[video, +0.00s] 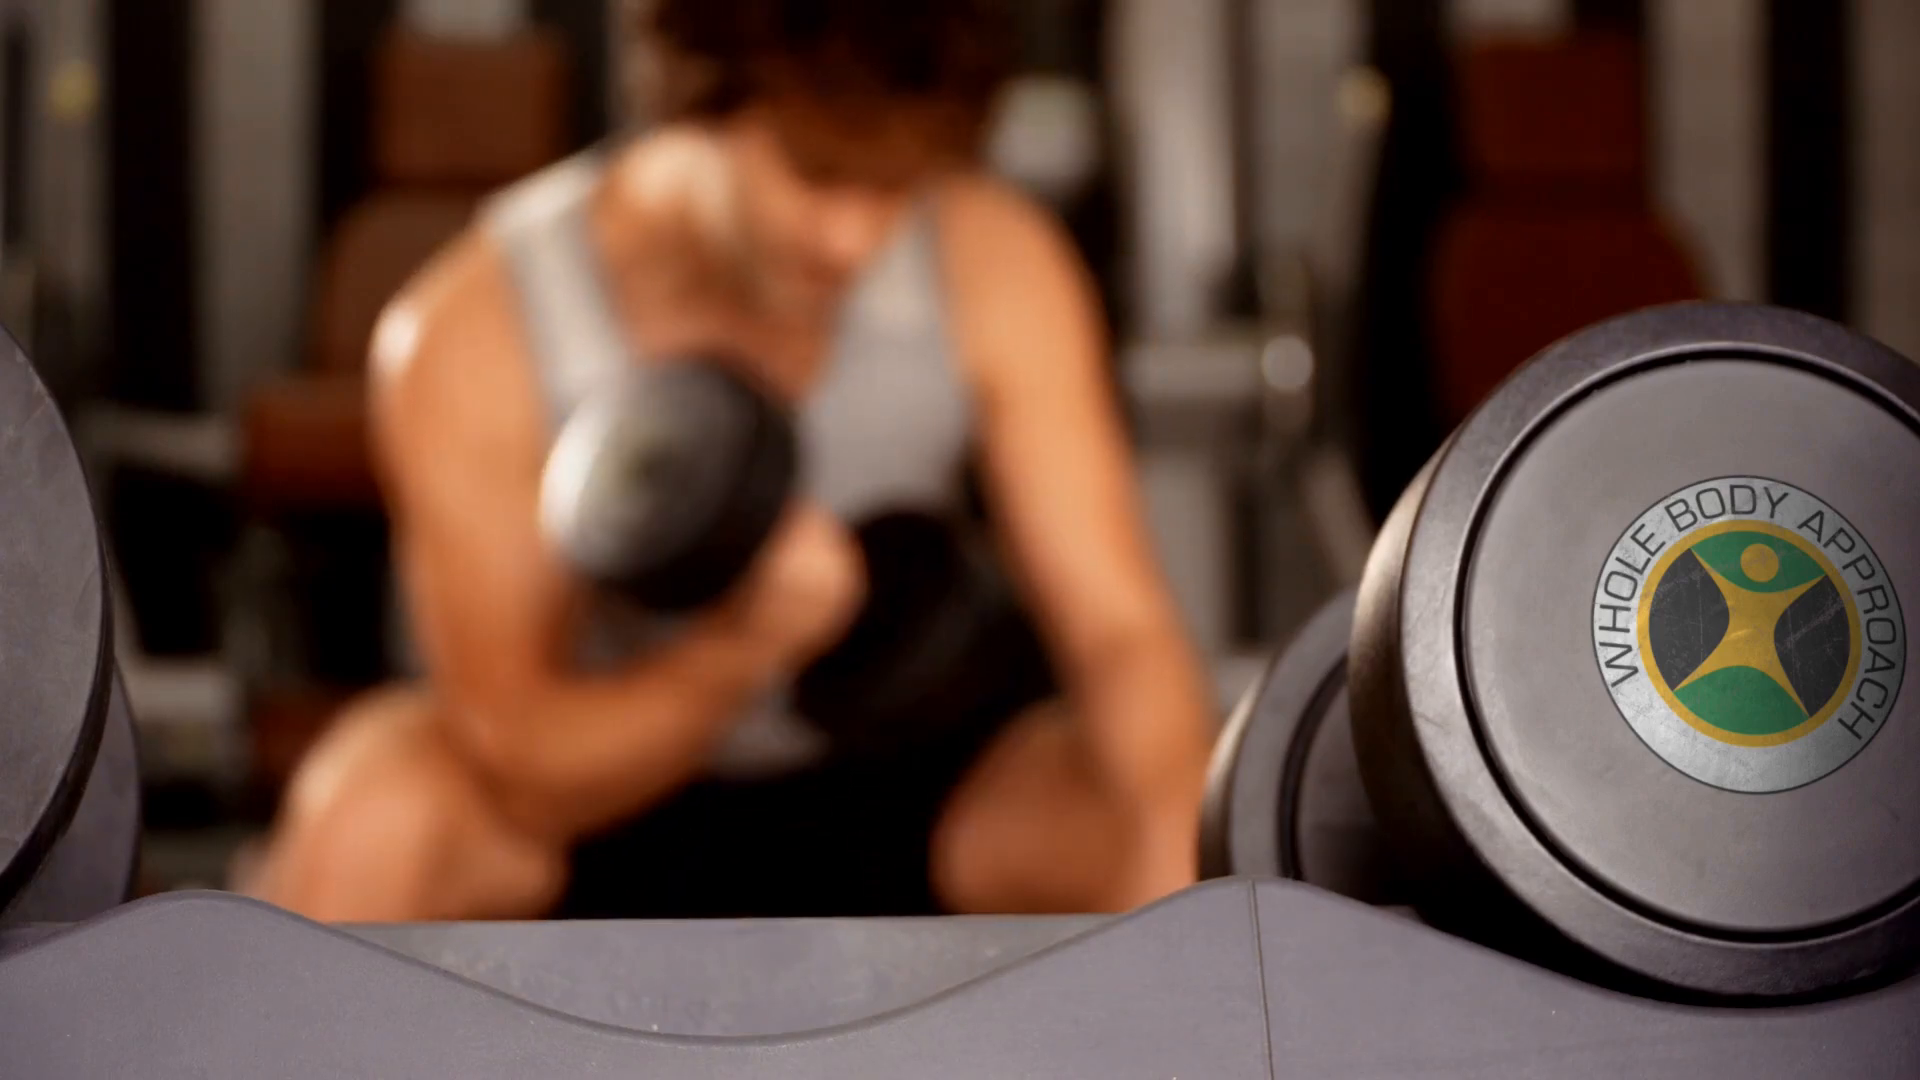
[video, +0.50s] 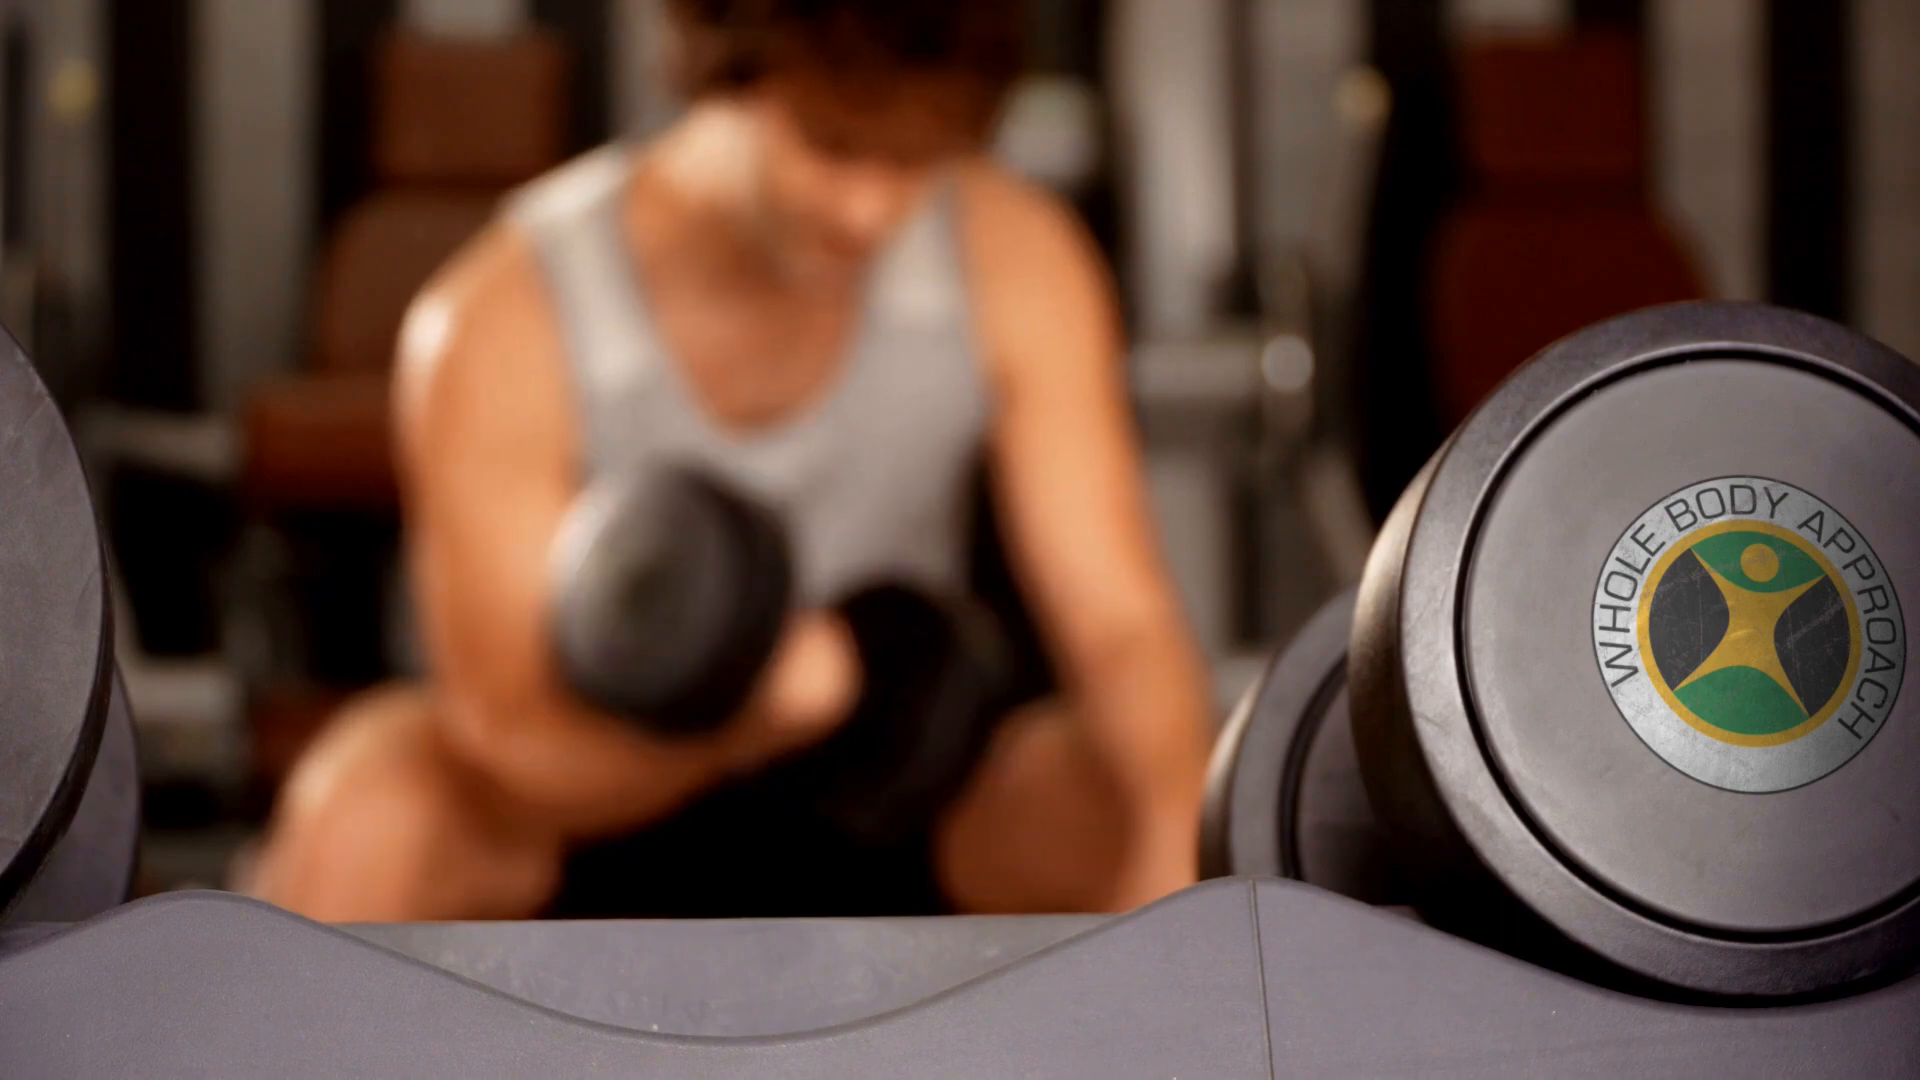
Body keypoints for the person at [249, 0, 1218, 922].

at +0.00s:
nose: (857, 234)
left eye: (902, 182)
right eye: (818, 173)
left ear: (948, 147)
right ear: (710, 105)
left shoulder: (992, 257)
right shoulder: (466, 331)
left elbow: (1120, 636)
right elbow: (530, 772)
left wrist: (1181, 880)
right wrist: (750, 646)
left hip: (890, 779)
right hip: (597, 805)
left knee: (1179, 816)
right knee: (373, 807)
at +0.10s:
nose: (859, 237)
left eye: (904, 185)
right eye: (820, 176)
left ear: (950, 149)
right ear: (713, 110)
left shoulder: (993, 259)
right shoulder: (468, 334)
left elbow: (1122, 637)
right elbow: (533, 776)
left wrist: (1179, 881)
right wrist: (753, 631)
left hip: (895, 778)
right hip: (599, 803)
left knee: (1183, 811)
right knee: (372, 805)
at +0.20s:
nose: (863, 238)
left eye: (906, 187)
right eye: (823, 179)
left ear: (952, 151)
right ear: (716, 116)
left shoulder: (995, 259)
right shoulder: (471, 336)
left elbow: (1121, 638)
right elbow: (539, 781)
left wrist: (1181, 878)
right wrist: (755, 620)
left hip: (899, 776)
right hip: (600, 799)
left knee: (1186, 817)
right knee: (372, 808)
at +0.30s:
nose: (862, 235)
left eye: (906, 183)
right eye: (824, 174)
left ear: (953, 151)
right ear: (721, 109)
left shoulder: (997, 258)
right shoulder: (476, 332)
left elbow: (1121, 636)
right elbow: (536, 778)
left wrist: (1180, 881)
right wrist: (761, 623)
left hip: (900, 777)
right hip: (603, 802)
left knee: (1183, 812)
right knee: (374, 803)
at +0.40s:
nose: (866, 219)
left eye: (912, 169)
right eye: (829, 158)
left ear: (961, 134)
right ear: (725, 84)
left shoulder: (1004, 253)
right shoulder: (488, 321)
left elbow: (1120, 630)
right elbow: (517, 760)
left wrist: (1188, 877)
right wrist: (751, 673)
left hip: (897, 786)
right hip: (601, 803)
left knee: (1169, 809)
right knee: (370, 805)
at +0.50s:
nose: (870, 209)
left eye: (918, 161)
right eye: (835, 149)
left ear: (970, 126)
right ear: (734, 73)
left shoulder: (1009, 250)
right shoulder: (500, 316)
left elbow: (1120, 624)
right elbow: (516, 745)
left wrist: (1177, 869)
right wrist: (767, 715)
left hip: (894, 785)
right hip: (604, 798)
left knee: (1174, 803)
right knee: (368, 802)